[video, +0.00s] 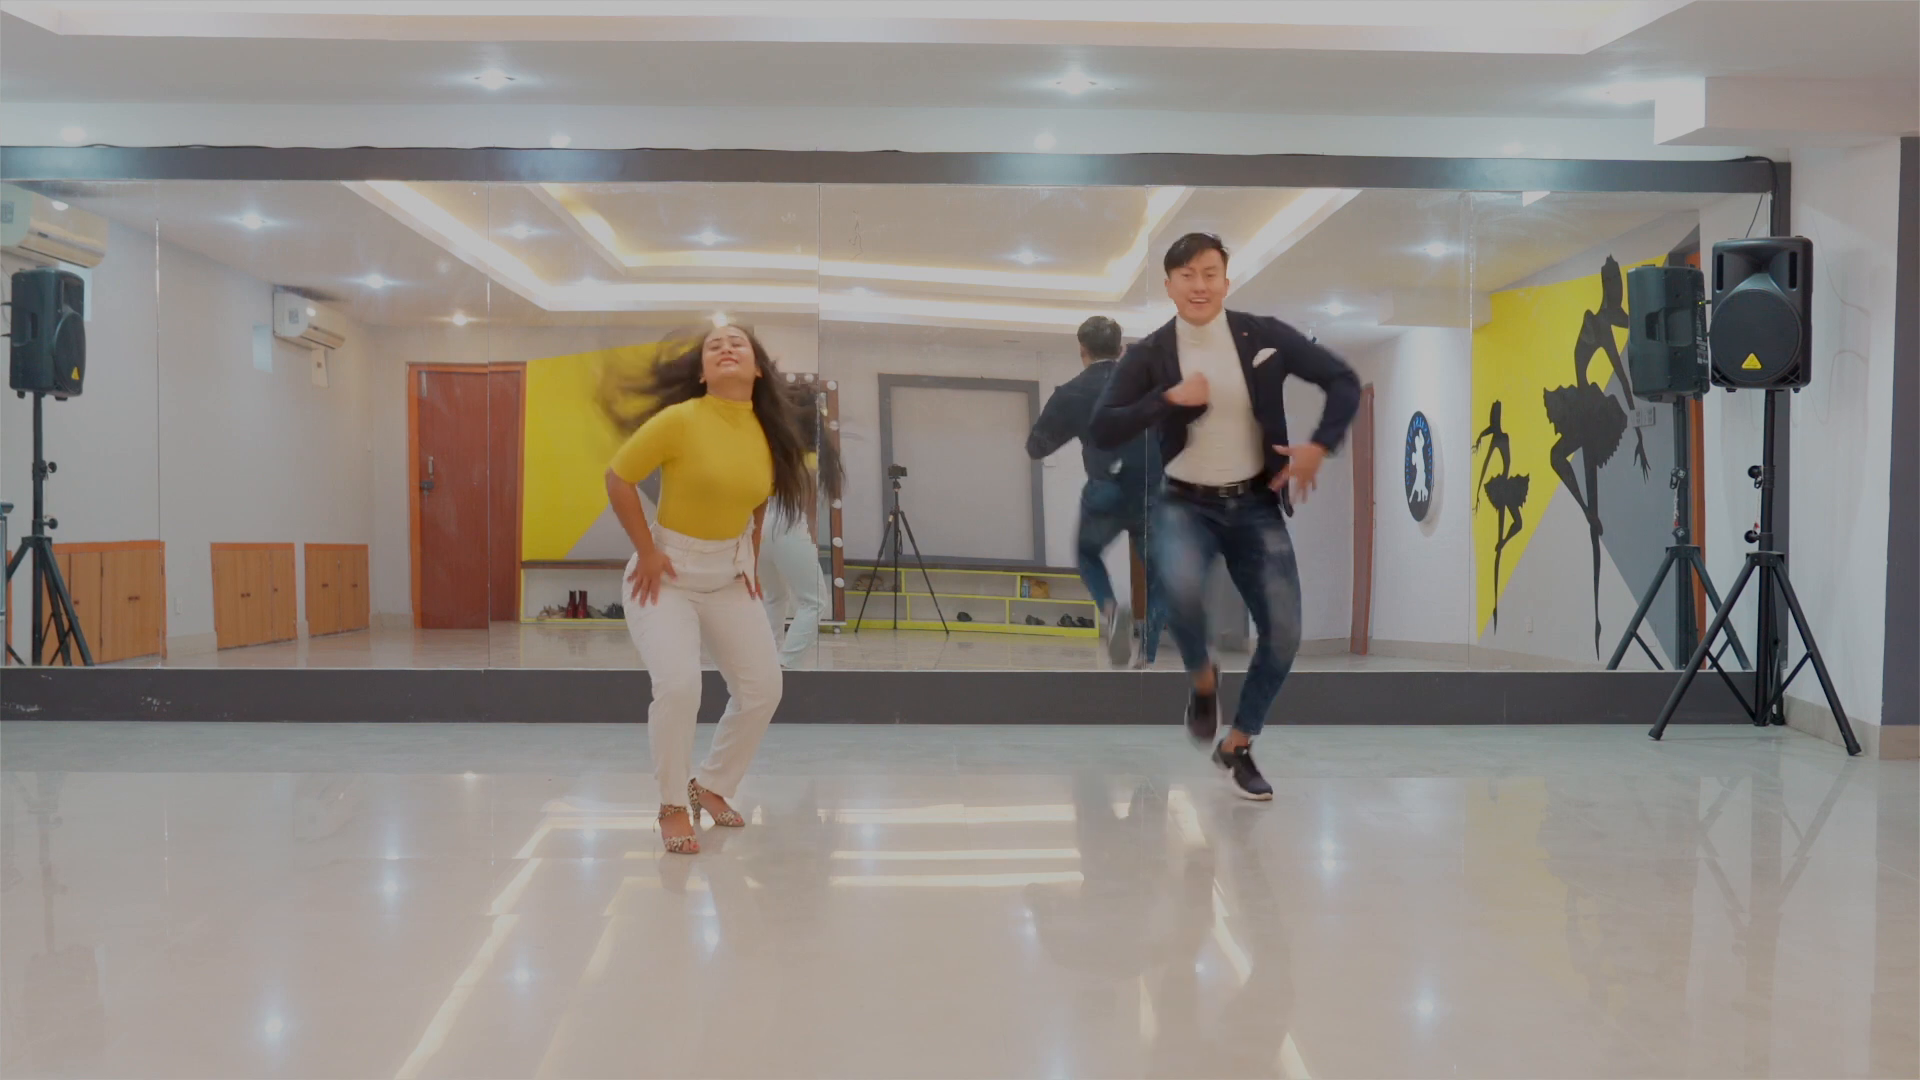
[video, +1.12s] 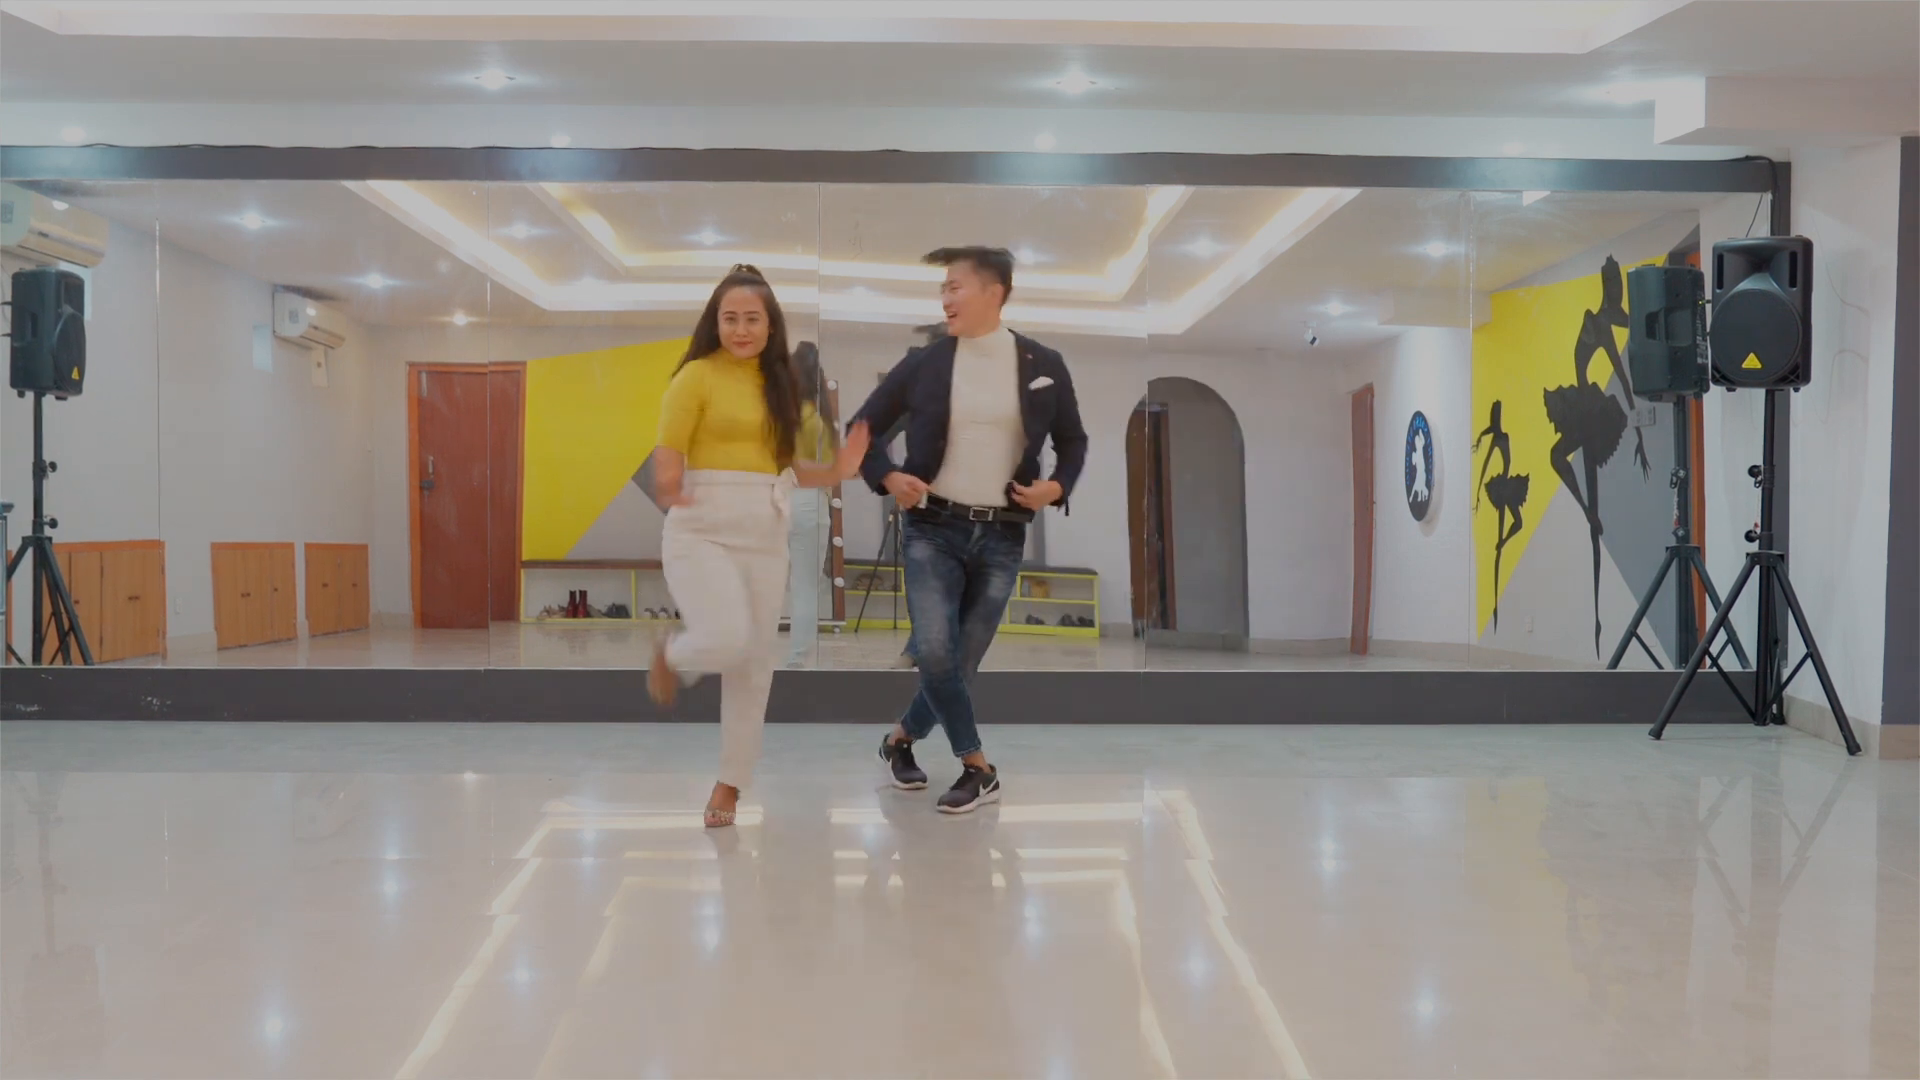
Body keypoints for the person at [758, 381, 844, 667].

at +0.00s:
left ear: (784, 421)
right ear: (814, 423)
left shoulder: (774, 447)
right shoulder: (814, 452)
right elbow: (812, 499)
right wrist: (813, 537)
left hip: (759, 524)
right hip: (789, 526)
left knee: (772, 599)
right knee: (813, 602)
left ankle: (766, 660)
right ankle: (785, 664)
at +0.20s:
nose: (818, 402)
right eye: (815, 395)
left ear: (780, 398)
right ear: (811, 400)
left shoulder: (768, 431)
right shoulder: (808, 433)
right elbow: (811, 455)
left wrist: (762, 494)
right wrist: (812, 493)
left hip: (759, 513)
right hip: (791, 514)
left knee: (773, 594)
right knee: (806, 596)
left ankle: (765, 659)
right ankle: (786, 665)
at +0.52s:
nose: (818, 384)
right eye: (816, 379)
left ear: (782, 378)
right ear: (812, 380)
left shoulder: (765, 406)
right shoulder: (811, 410)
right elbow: (841, 436)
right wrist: (836, 451)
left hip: (760, 502)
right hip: (795, 504)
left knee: (771, 587)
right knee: (800, 589)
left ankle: (769, 656)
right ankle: (785, 663)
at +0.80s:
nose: (811, 385)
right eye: (812, 379)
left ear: (781, 378)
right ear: (813, 381)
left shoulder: (764, 411)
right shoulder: (815, 417)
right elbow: (835, 460)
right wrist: (857, 476)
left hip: (762, 499)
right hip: (801, 500)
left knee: (764, 587)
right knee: (798, 591)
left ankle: (768, 657)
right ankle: (788, 663)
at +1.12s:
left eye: (793, 371)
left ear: (790, 374)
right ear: (817, 375)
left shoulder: (776, 412)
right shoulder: (819, 418)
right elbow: (829, 465)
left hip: (779, 499)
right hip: (809, 499)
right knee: (805, 580)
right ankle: (801, 654)